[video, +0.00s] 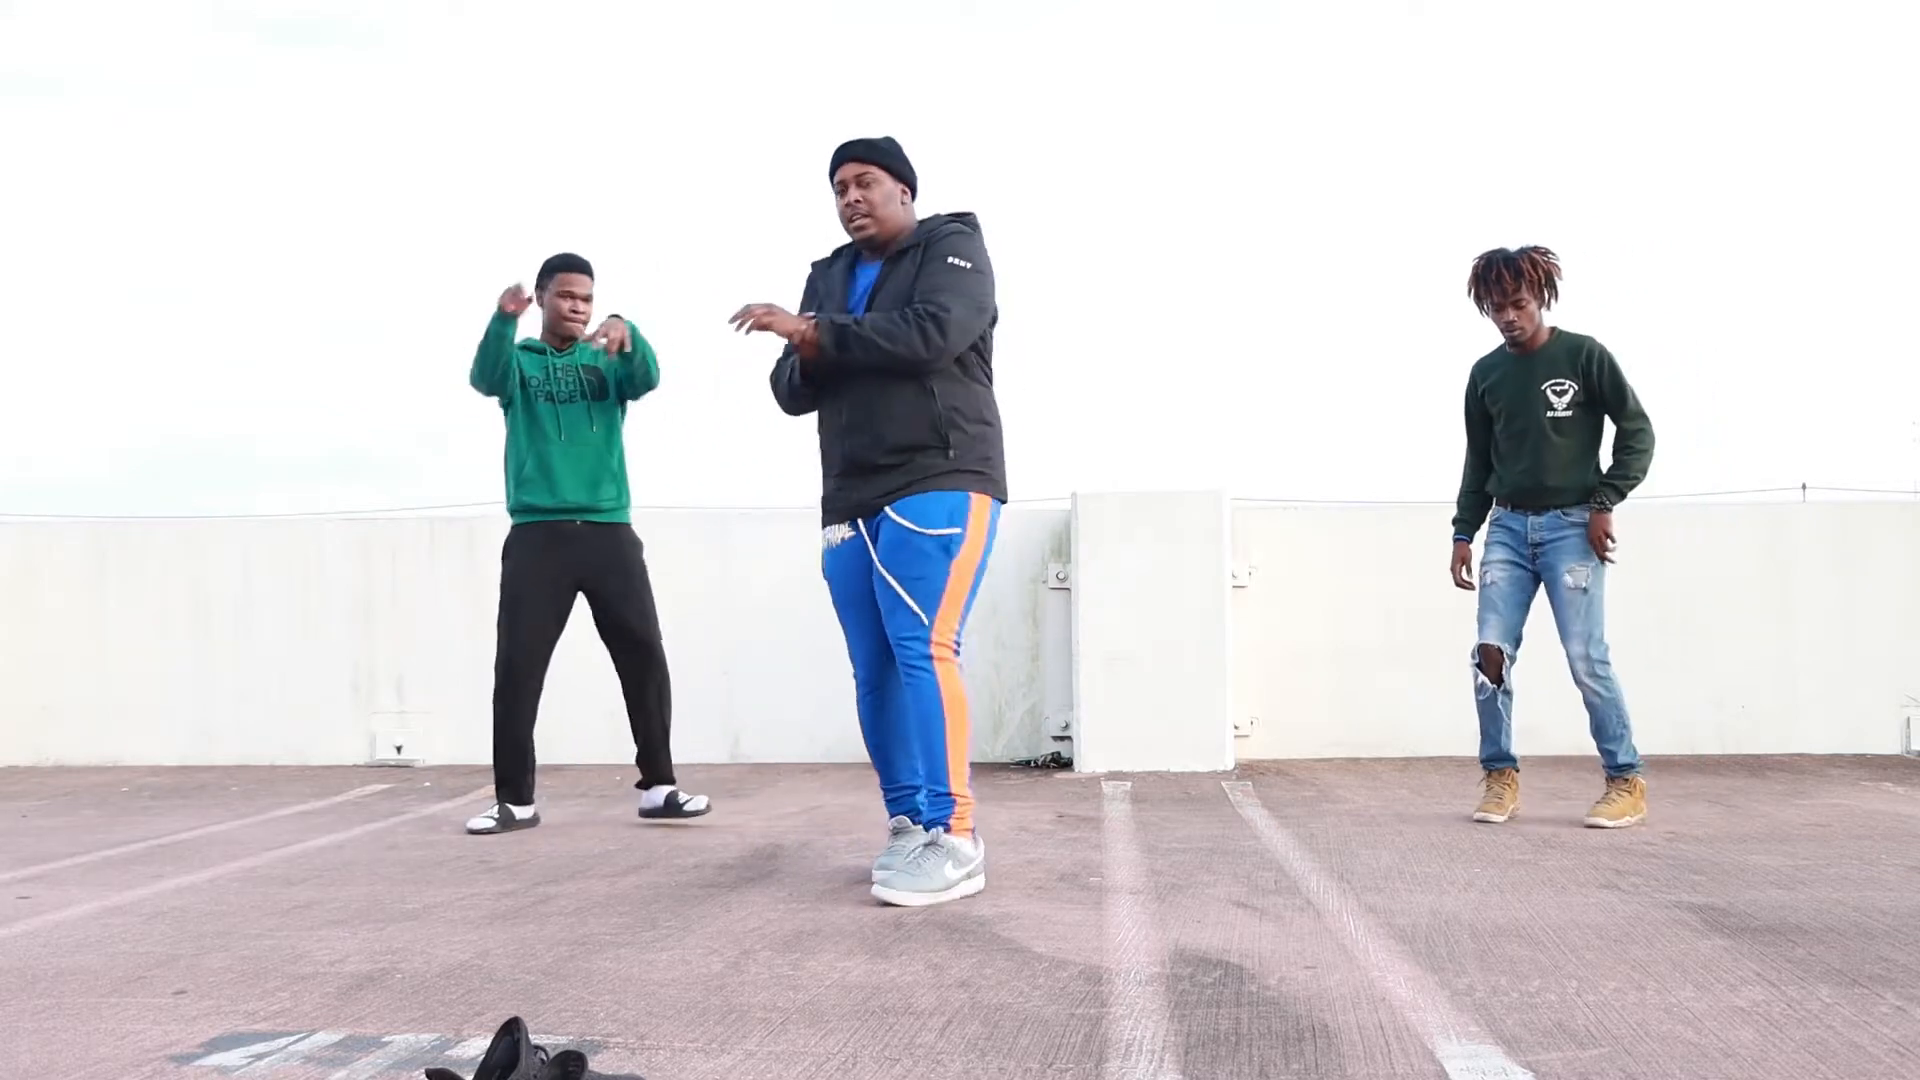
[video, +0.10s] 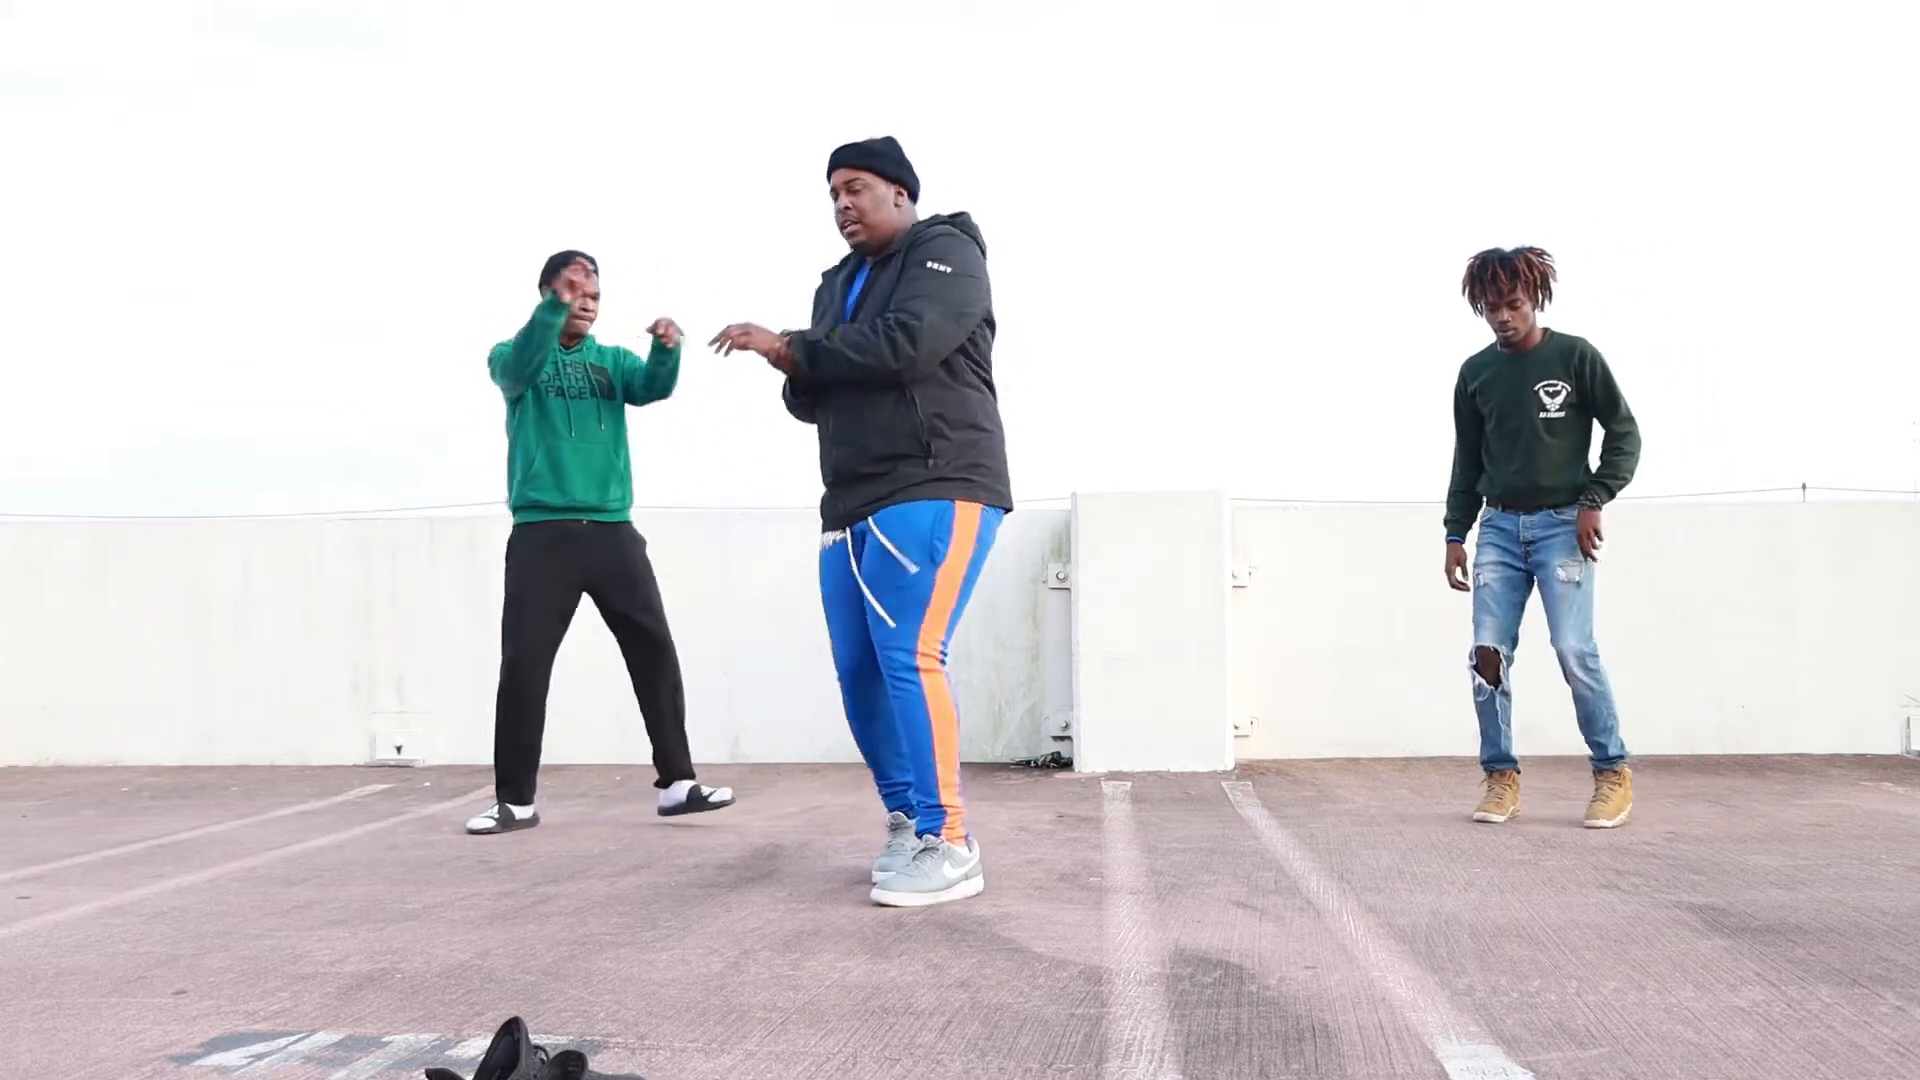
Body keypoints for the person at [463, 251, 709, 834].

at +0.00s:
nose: (576, 306)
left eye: (585, 298)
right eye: (565, 296)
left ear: (593, 305)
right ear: (542, 301)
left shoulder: (607, 359)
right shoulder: (519, 358)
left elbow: (644, 379)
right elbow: (488, 378)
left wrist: (628, 335)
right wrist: (505, 318)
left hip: (610, 534)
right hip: (538, 535)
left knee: (644, 655)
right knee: (517, 668)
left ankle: (658, 788)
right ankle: (514, 801)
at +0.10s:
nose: (584, 299)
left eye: (592, 292)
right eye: (573, 289)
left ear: (599, 302)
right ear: (546, 296)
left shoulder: (611, 358)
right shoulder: (515, 355)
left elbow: (653, 385)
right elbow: (515, 372)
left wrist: (666, 349)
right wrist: (552, 305)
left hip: (613, 534)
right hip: (542, 535)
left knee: (654, 651)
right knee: (523, 669)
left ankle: (677, 784)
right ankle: (515, 801)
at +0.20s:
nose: (599, 310)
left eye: (607, 302)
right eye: (588, 299)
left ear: (613, 309)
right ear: (559, 300)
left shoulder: (621, 366)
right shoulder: (525, 352)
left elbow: (666, 405)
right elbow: (539, 381)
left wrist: (704, 368)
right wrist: (615, 338)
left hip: (620, 537)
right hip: (550, 539)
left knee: (667, 651)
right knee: (527, 669)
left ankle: (697, 786)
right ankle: (515, 802)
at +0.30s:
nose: (618, 325)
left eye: (626, 316)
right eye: (606, 314)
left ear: (632, 321)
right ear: (579, 315)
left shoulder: (638, 386)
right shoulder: (551, 361)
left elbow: (676, 432)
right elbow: (573, 393)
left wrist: (720, 420)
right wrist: (655, 387)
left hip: (633, 549)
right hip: (565, 547)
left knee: (682, 657)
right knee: (534, 673)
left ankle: (702, 796)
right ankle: (514, 803)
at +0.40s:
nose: (648, 331)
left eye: (655, 323)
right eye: (637, 321)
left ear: (662, 329)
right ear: (610, 323)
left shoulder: (663, 399)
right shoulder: (583, 367)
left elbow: (695, 454)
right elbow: (610, 410)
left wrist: (745, 454)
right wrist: (691, 418)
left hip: (651, 551)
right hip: (586, 547)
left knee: (707, 658)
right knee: (552, 672)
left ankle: (706, 797)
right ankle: (514, 802)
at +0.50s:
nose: (675, 329)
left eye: (683, 321)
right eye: (664, 319)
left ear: (690, 329)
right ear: (639, 321)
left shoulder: (691, 398)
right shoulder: (615, 365)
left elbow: (728, 461)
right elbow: (639, 404)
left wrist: (777, 461)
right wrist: (720, 412)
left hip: (681, 551)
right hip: (616, 545)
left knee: (722, 667)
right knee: (570, 670)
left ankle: (708, 798)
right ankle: (518, 794)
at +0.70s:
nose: (716, 313)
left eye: (724, 305)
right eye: (706, 303)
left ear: (731, 311)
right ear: (678, 302)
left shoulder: (740, 364)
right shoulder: (650, 347)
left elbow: (774, 407)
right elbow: (659, 374)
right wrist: (748, 348)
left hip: (717, 536)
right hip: (651, 526)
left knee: (729, 666)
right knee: (624, 651)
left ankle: (708, 797)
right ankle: (608, 796)